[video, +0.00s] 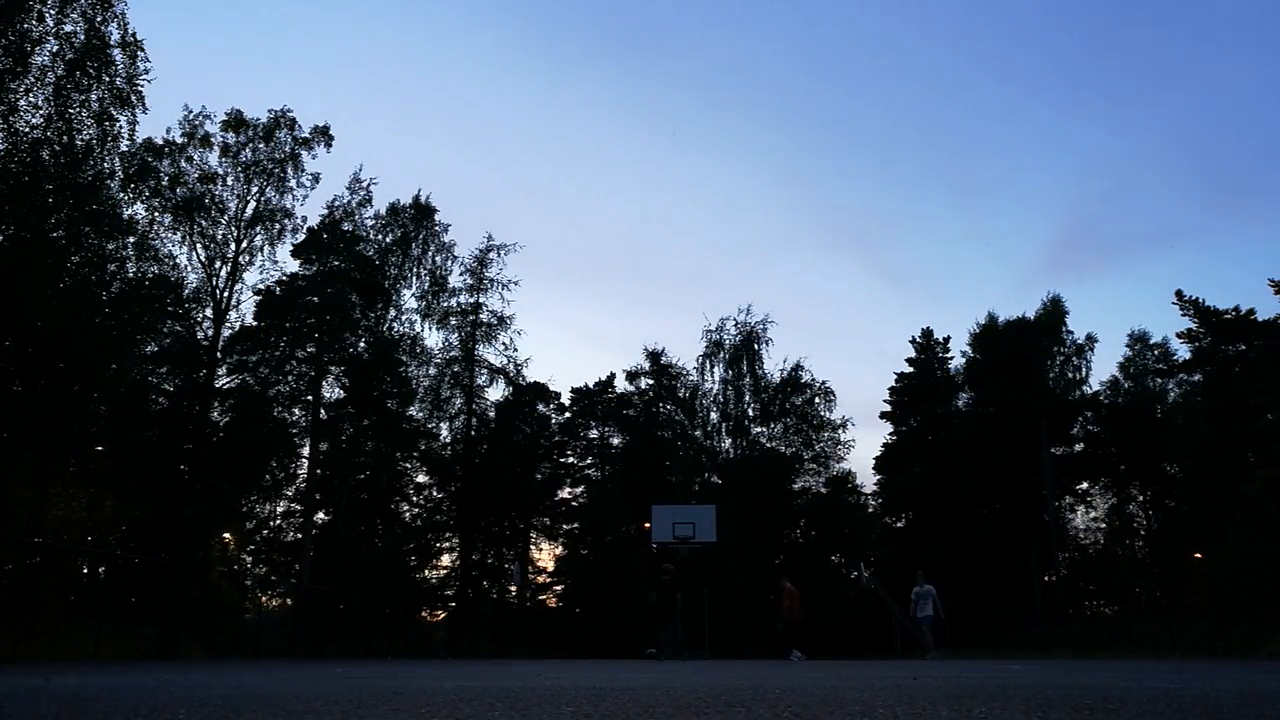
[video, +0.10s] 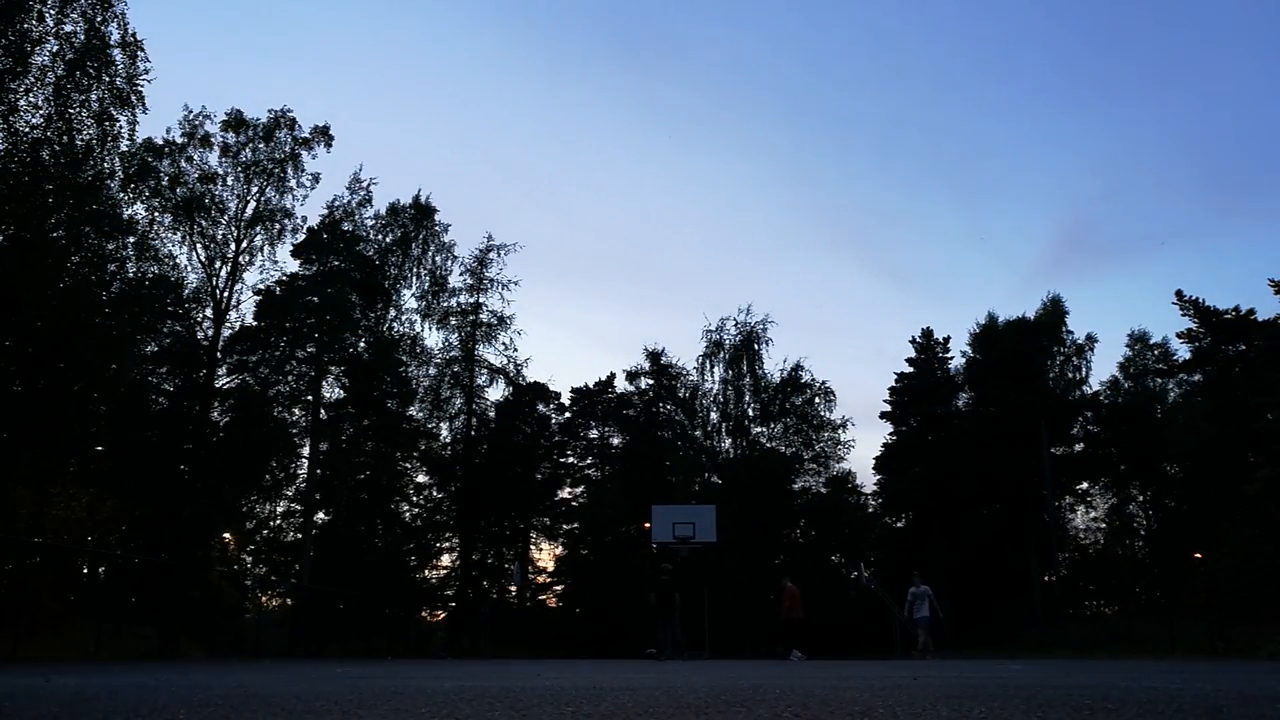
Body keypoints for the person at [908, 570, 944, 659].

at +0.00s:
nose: (920, 581)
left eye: (921, 579)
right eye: (919, 579)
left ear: (923, 579)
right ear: (917, 580)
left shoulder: (930, 588)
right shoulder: (915, 590)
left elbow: (936, 600)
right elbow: (913, 602)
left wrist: (939, 611)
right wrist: (912, 612)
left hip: (928, 613)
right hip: (919, 614)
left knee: (927, 631)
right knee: (924, 632)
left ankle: (931, 651)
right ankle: (929, 651)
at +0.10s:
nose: (916, 581)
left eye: (917, 580)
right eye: (915, 580)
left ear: (920, 580)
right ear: (914, 581)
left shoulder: (926, 589)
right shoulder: (912, 590)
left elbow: (932, 600)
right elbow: (908, 602)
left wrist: (938, 611)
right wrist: (906, 612)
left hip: (924, 614)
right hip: (916, 615)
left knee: (921, 631)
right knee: (923, 632)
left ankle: (920, 649)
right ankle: (929, 648)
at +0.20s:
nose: (912, 582)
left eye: (914, 580)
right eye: (911, 580)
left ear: (916, 581)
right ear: (910, 581)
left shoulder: (922, 590)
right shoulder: (908, 591)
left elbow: (928, 601)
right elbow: (904, 602)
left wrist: (932, 610)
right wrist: (901, 611)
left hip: (920, 615)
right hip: (911, 615)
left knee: (916, 631)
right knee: (918, 633)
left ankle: (912, 650)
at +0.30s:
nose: (908, 582)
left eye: (909, 581)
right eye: (906, 581)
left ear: (911, 581)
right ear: (905, 582)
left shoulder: (917, 590)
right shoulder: (903, 591)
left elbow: (922, 600)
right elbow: (900, 602)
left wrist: (925, 610)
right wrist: (897, 612)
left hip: (915, 614)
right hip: (906, 614)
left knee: (911, 632)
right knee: (913, 632)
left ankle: (908, 651)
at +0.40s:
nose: (903, 581)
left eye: (904, 580)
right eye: (902, 580)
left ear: (906, 580)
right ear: (900, 581)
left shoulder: (911, 589)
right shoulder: (898, 590)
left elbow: (916, 600)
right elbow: (896, 601)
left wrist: (919, 609)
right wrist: (894, 611)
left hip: (910, 613)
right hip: (901, 613)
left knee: (907, 631)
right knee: (904, 631)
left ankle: (907, 651)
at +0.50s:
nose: (898, 580)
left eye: (899, 578)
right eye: (897, 578)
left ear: (901, 579)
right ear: (895, 579)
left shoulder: (907, 588)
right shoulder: (894, 588)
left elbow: (910, 600)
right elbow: (893, 600)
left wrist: (911, 611)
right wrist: (893, 610)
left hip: (905, 613)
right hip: (897, 614)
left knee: (906, 632)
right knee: (897, 632)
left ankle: (907, 651)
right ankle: (900, 651)